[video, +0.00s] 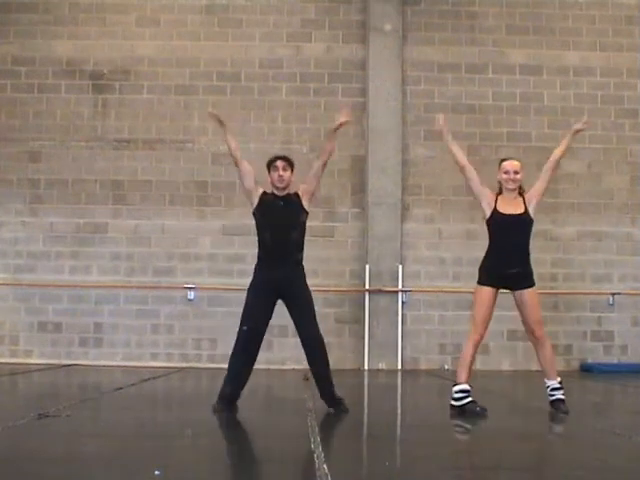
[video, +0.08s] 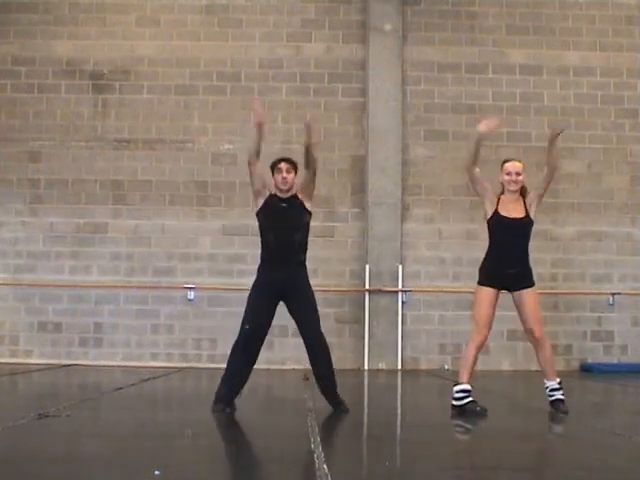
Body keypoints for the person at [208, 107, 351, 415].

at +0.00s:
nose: (280, 173)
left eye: (285, 169)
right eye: (275, 169)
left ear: (292, 174)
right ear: (268, 175)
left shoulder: (302, 198)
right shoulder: (258, 196)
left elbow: (321, 164)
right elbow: (238, 161)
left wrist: (334, 131)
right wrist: (225, 127)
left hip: (294, 281)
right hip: (264, 281)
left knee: (312, 338)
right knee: (248, 339)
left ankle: (330, 396)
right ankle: (227, 399)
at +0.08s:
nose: (284, 176)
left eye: (289, 172)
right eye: (279, 172)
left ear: (297, 177)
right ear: (271, 177)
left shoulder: (304, 200)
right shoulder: (263, 199)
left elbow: (311, 171)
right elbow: (253, 163)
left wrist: (311, 143)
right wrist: (258, 130)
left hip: (297, 283)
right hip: (266, 283)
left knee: (315, 338)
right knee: (249, 338)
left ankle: (332, 395)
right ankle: (225, 397)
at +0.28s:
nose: (288, 188)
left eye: (293, 184)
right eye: (284, 184)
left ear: (300, 190)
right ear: (277, 189)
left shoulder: (304, 213)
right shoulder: (267, 212)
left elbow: (308, 205)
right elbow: (259, 205)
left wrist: (288, 216)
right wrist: (284, 214)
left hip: (299, 293)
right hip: (269, 293)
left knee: (321, 346)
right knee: (249, 343)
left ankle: (333, 399)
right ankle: (223, 397)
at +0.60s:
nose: (285, 207)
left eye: (289, 203)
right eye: (280, 203)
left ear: (297, 208)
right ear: (273, 208)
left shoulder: (303, 240)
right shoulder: (260, 234)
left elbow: (294, 266)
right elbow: (267, 261)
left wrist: (281, 266)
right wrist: (282, 266)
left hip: (293, 309)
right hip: (261, 308)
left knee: (329, 343)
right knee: (228, 339)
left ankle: (335, 400)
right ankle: (216, 398)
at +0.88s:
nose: (285, 218)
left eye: (289, 214)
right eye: (279, 214)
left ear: (296, 219)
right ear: (272, 218)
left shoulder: (303, 249)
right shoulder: (257, 244)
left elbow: (290, 288)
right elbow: (262, 285)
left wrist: (281, 324)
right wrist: (269, 321)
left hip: (293, 312)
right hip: (260, 312)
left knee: (331, 349)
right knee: (225, 347)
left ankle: (336, 404)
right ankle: (214, 403)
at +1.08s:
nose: (284, 183)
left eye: (289, 178)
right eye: (279, 177)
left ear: (296, 174)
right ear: (272, 172)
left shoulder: (301, 191)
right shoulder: (260, 185)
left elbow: (289, 231)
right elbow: (255, 222)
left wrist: (273, 265)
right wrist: (261, 259)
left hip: (286, 264)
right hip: (259, 262)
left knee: (295, 330)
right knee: (248, 330)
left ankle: (307, 392)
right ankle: (234, 392)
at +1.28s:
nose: (282, 177)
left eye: (286, 172)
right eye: (278, 172)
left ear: (293, 171)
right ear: (269, 170)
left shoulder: (297, 191)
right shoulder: (258, 185)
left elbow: (285, 230)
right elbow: (252, 222)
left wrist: (267, 261)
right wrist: (258, 258)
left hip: (281, 268)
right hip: (255, 265)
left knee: (276, 332)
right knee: (254, 330)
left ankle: (271, 392)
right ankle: (253, 393)